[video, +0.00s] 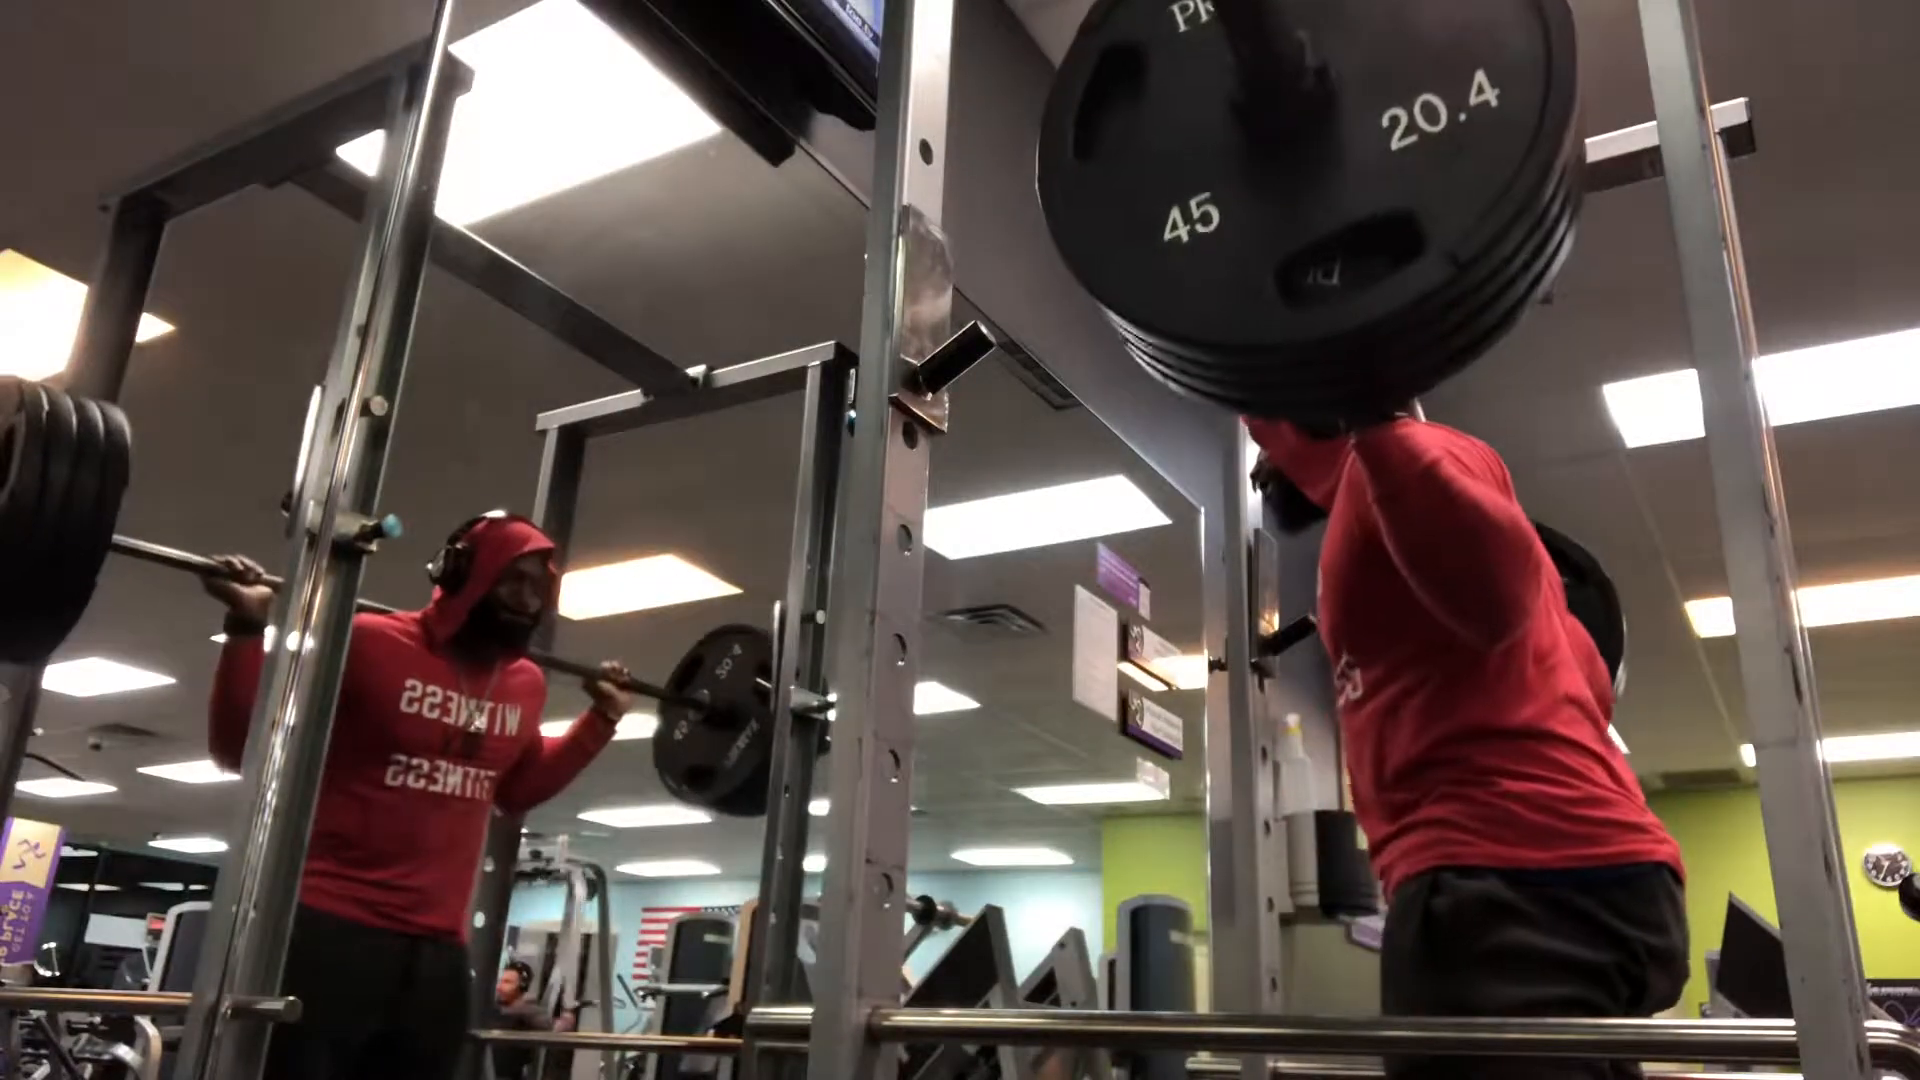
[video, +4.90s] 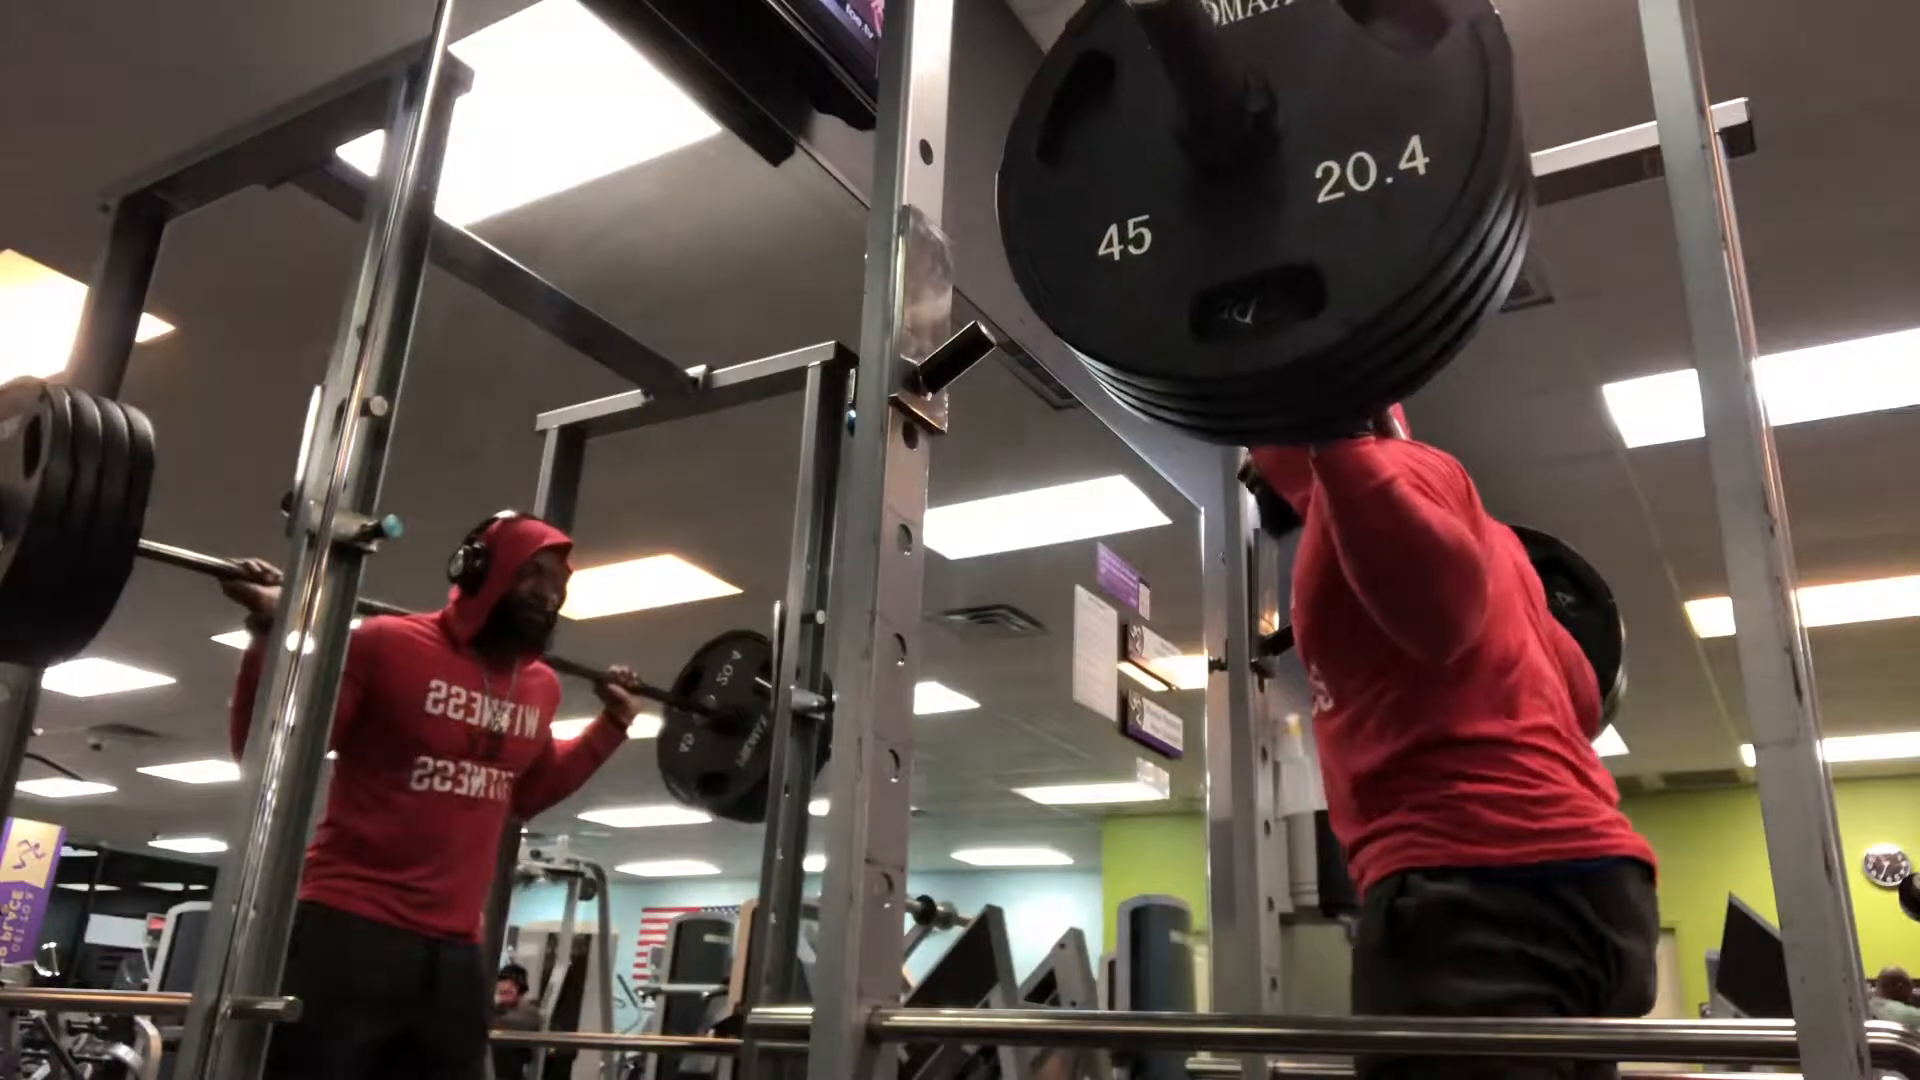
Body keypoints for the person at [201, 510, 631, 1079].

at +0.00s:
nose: (529, 601)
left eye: (540, 588)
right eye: (515, 581)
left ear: (549, 597)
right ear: (470, 575)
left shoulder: (523, 683)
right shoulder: (367, 639)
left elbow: (517, 790)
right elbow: (234, 750)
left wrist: (602, 717)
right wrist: (246, 627)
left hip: (438, 950)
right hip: (329, 929)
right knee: (306, 1069)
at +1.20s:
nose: (536, 668)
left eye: (546, 653)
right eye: (522, 647)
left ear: (551, 664)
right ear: (473, 647)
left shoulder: (525, 763)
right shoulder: (364, 719)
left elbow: (512, 872)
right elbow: (238, 837)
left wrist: (600, 797)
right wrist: (242, 706)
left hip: (422, 1005)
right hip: (316, 993)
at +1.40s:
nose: (535, 724)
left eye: (543, 709)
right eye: (520, 705)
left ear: (547, 720)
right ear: (471, 703)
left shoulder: (519, 818)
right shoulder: (356, 780)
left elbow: (506, 927)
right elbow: (226, 901)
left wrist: (595, 856)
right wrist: (242, 770)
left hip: (410, 1049)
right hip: (307, 1039)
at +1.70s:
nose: (521, 799)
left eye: (531, 784)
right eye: (506, 779)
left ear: (539, 796)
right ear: (459, 777)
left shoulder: (510, 886)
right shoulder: (344, 855)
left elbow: (497, 998)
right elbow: (214, 976)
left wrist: (588, 921)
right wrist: (227, 846)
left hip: (402, 1069)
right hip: (298, 1061)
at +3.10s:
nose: (537, 728)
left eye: (546, 712)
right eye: (520, 708)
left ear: (551, 724)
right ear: (470, 710)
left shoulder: (528, 823)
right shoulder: (363, 791)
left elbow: (517, 925)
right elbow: (245, 900)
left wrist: (604, 855)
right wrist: (248, 773)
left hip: (426, 1044)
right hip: (320, 1034)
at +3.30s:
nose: (546, 660)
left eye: (553, 644)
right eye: (530, 639)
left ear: (557, 657)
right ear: (481, 643)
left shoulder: (536, 755)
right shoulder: (377, 718)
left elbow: (530, 863)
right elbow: (261, 828)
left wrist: (605, 794)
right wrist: (255, 707)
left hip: (437, 993)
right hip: (335, 984)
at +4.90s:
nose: (549, 593)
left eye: (559, 581)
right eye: (535, 573)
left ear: (563, 593)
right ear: (487, 573)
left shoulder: (538, 686)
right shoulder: (385, 642)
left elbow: (528, 795)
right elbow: (262, 752)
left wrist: (612, 723)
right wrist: (270, 632)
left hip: (455, 946)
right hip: (349, 923)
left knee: (450, 1070)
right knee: (319, 1068)